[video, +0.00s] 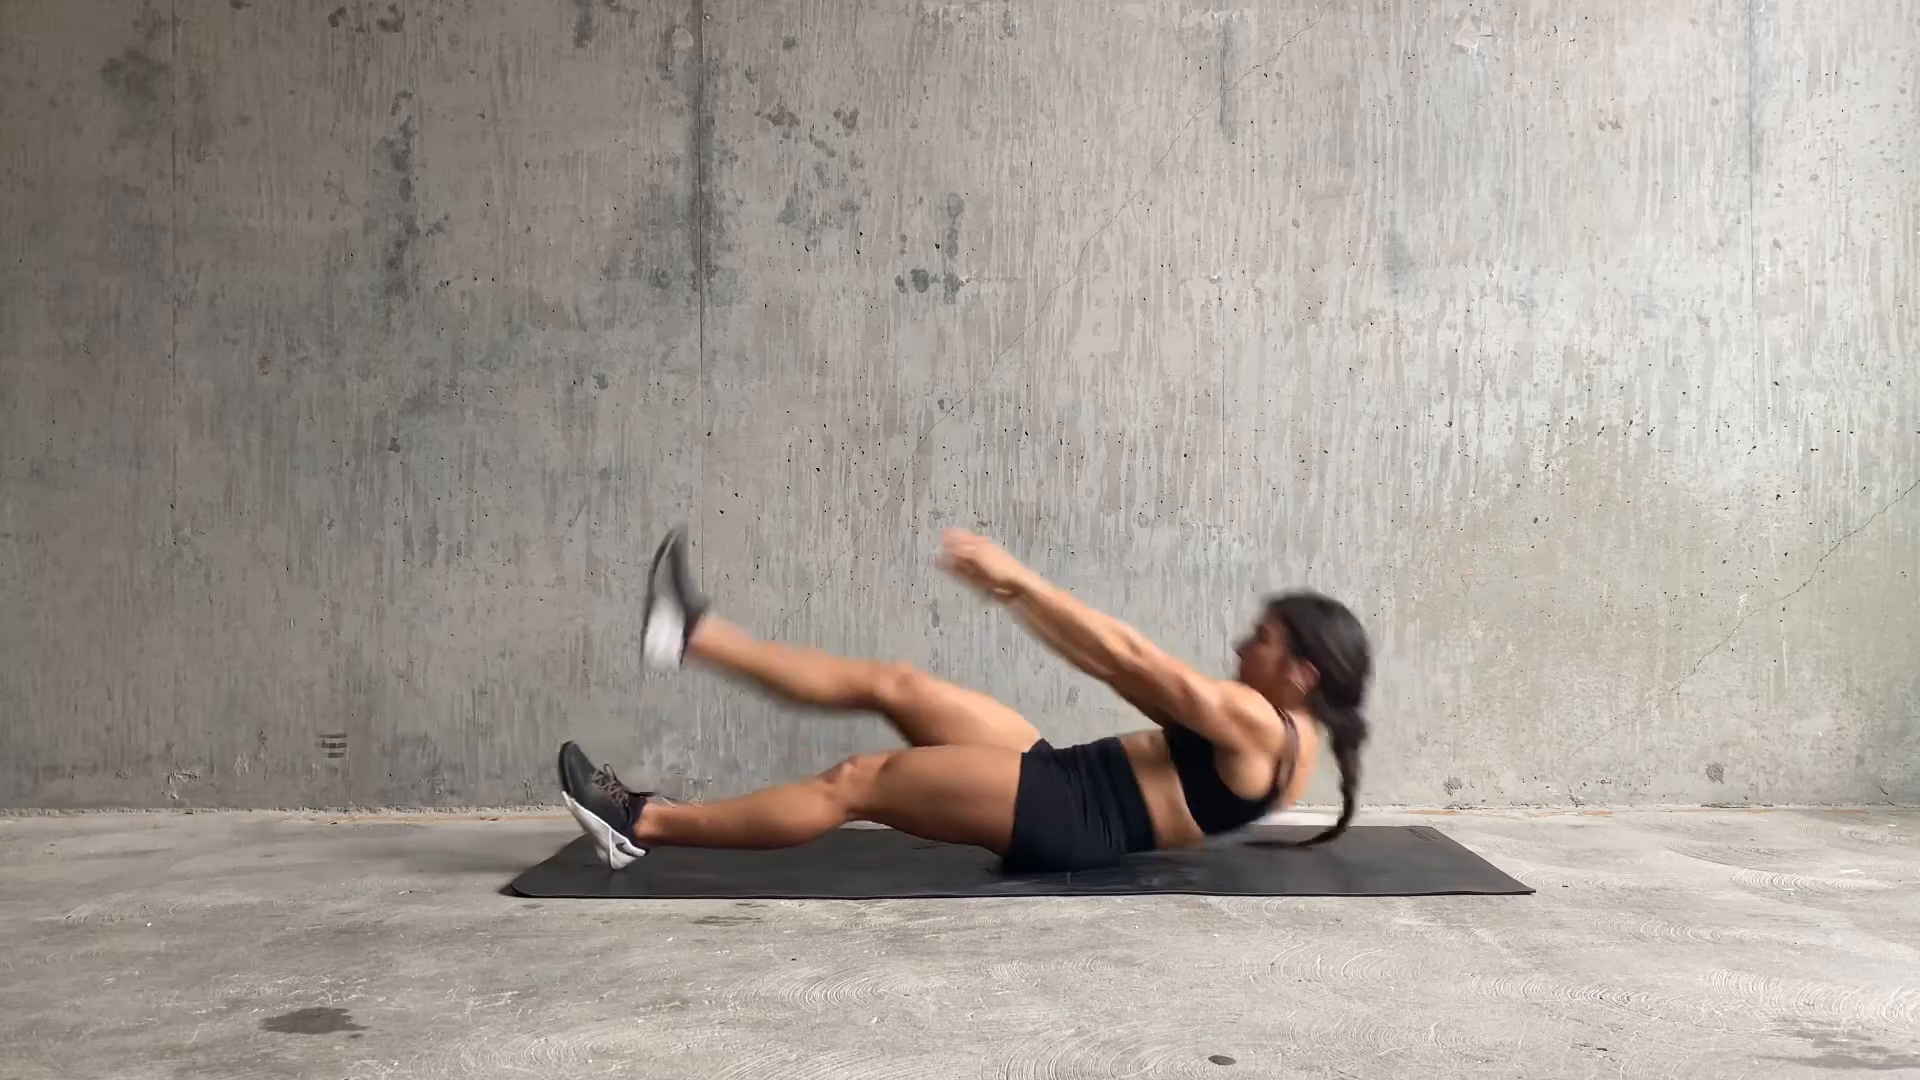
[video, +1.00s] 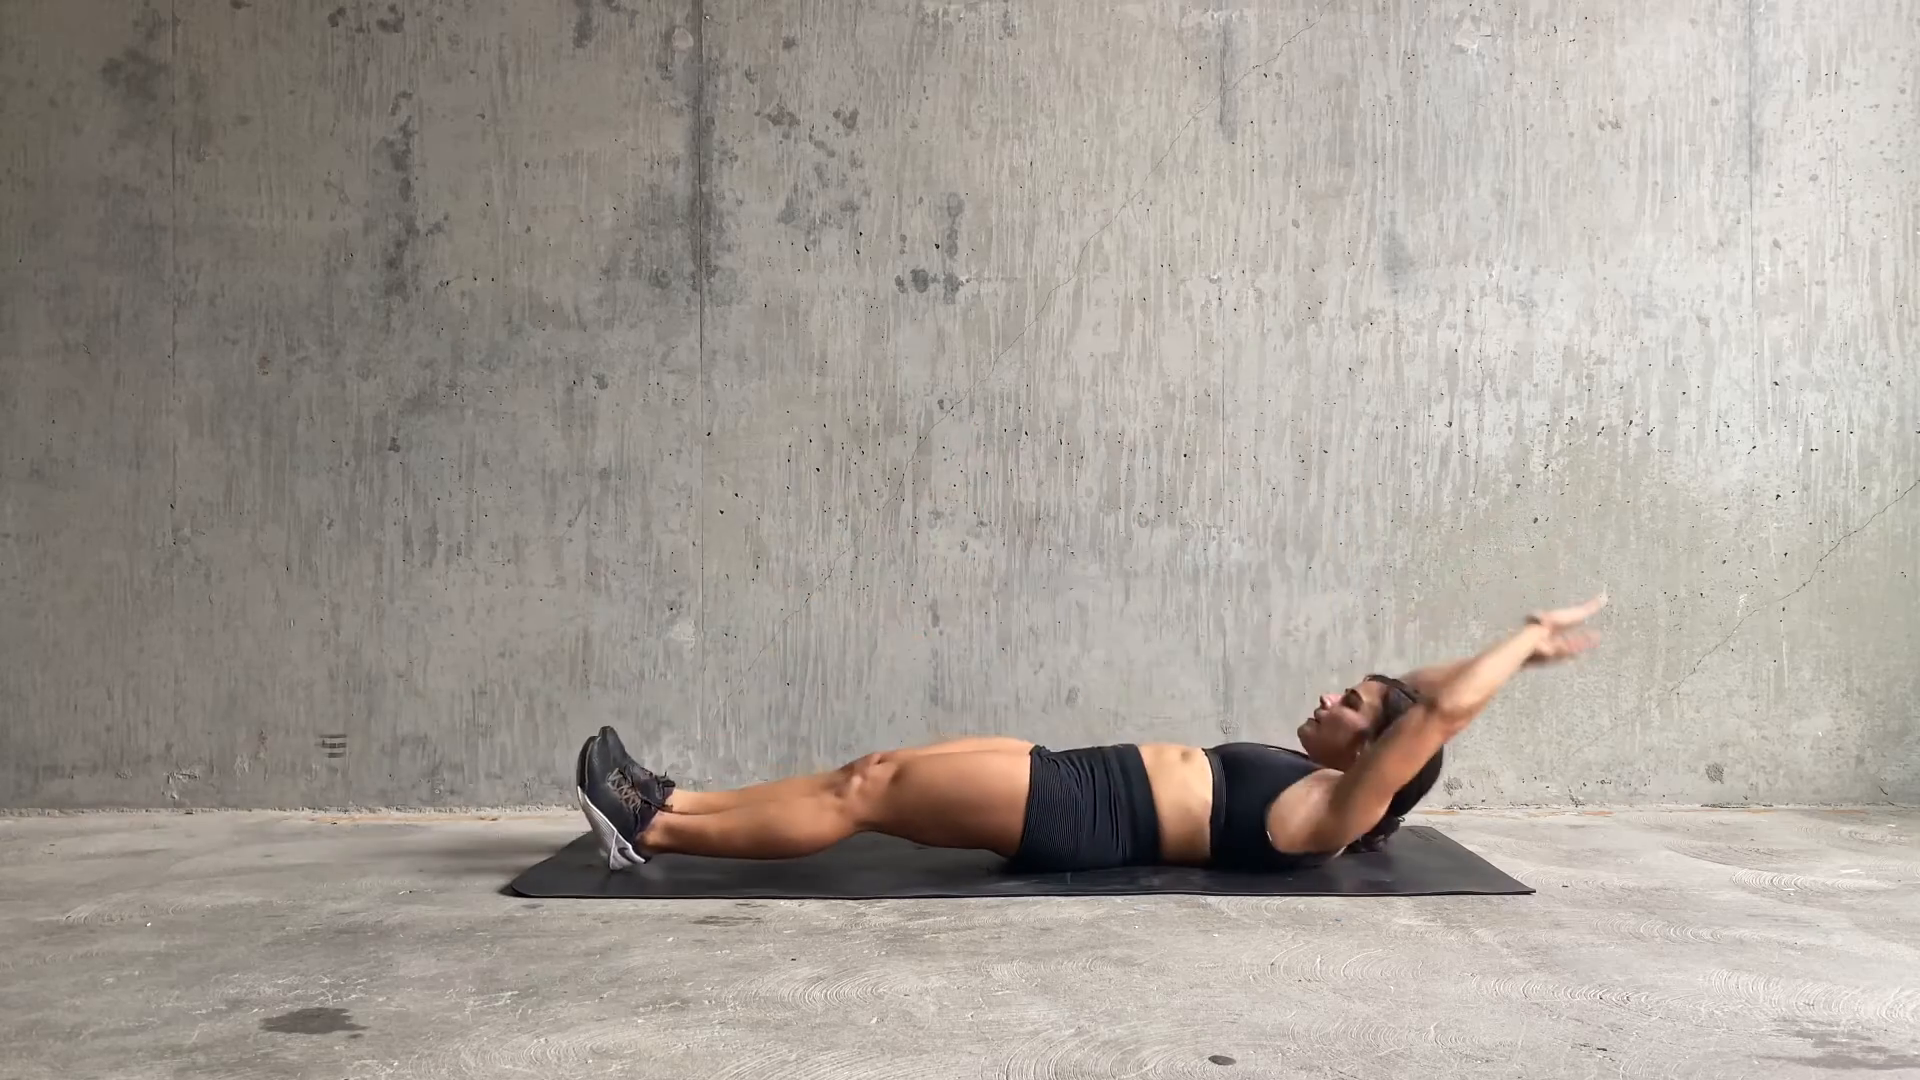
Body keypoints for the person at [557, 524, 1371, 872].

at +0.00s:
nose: (1243, 649)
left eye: (1260, 642)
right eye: (1253, 637)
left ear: (1301, 670)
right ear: (1303, 671)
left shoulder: (1261, 730)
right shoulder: (1272, 733)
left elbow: (1131, 667)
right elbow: (1128, 663)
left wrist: (1011, 581)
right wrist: (1019, 585)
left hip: (1069, 809)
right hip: (1062, 771)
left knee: (856, 786)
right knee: (896, 685)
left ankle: (644, 821)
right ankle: (697, 635)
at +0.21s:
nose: (1146, 542)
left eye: (1163, 536)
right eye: (1157, 530)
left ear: (1202, 567)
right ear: (1207, 570)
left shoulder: (1162, 636)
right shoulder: (1195, 630)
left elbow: (1036, 573)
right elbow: (1049, 629)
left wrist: (939, 488)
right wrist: (916, 573)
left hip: (1057, 812)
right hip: (1060, 772)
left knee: (841, 771)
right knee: (982, 618)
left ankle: (633, 822)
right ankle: (845, 447)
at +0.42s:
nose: (1163, 548)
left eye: (1180, 541)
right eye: (1174, 535)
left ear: (1216, 571)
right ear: (1218, 577)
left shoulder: (1181, 643)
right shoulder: (1194, 641)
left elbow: (1057, 580)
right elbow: (1043, 625)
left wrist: (945, 496)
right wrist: (946, 575)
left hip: (1060, 812)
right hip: (1062, 780)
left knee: (843, 779)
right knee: (957, 617)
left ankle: (630, 822)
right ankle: (807, 487)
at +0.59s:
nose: (1228, 618)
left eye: (1247, 614)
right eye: (1238, 607)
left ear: (1288, 645)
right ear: (1276, 636)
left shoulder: (1252, 702)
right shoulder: (1228, 689)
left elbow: (1141, 606)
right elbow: (1107, 621)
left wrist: (1060, 492)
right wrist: (1025, 530)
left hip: (1066, 810)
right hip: (1058, 770)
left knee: (850, 784)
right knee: (890, 672)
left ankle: (633, 825)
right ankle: (701, 610)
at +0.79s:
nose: (1322, 687)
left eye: (1339, 688)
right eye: (1329, 684)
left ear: (1354, 731)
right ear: (1335, 721)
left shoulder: (1313, 797)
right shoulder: (1285, 760)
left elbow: (1333, 651)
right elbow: (1292, 633)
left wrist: (1370, 533)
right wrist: (1342, 527)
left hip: (1080, 812)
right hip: (1075, 779)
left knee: (867, 786)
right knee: (866, 751)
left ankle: (646, 828)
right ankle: (663, 767)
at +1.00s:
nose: (1336, 698)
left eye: (1356, 702)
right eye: (1350, 691)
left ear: (1373, 750)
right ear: (1344, 728)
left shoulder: (1322, 814)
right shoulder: (1308, 784)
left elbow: (1435, 714)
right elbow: (1428, 712)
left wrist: (1531, 646)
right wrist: (1517, 649)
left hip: (1087, 806)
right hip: (1086, 782)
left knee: (870, 789)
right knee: (871, 776)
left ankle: (652, 842)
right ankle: (666, 809)